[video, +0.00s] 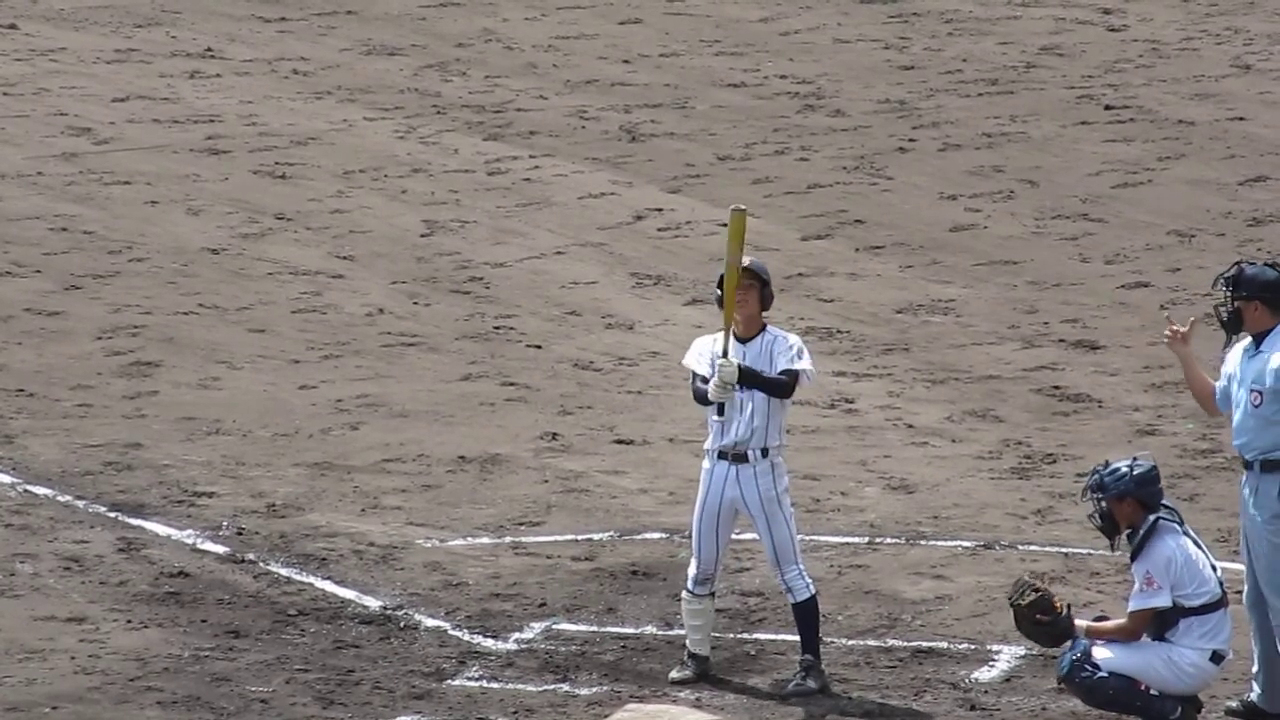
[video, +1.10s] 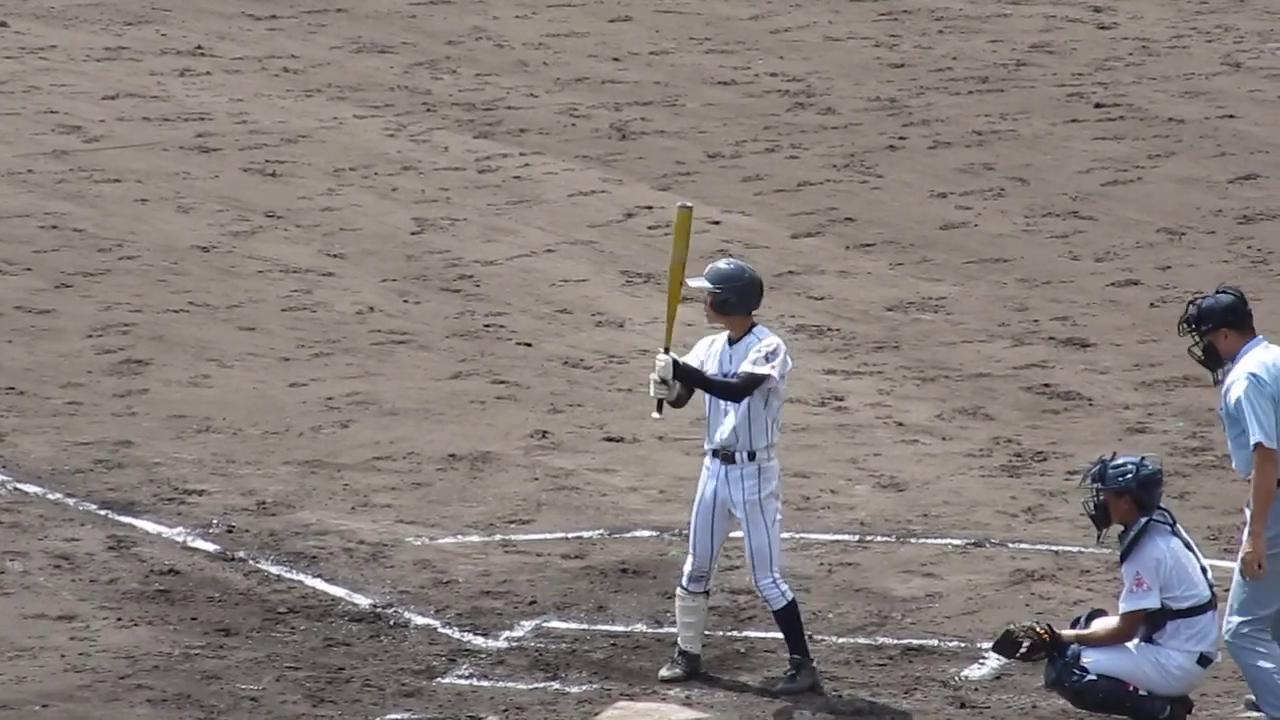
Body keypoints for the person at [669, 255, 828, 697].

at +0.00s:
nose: (740, 296)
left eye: (748, 289)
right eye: (734, 289)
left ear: (765, 297)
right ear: (724, 296)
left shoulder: (784, 343)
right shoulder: (707, 346)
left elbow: (786, 388)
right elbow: (697, 393)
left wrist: (743, 375)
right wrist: (714, 391)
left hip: (762, 470)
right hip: (716, 469)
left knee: (789, 569)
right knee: (702, 567)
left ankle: (811, 665)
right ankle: (696, 658)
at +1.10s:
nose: (706, 304)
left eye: (712, 298)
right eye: (707, 297)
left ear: (731, 304)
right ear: (735, 305)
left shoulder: (770, 346)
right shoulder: (707, 346)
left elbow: (738, 391)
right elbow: (681, 399)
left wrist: (682, 372)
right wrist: (667, 387)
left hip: (755, 472)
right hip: (714, 469)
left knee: (767, 578)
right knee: (697, 566)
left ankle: (802, 666)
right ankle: (687, 657)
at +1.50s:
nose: (704, 306)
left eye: (710, 300)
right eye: (706, 299)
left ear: (730, 306)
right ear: (739, 306)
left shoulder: (769, 351)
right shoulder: (713, 348)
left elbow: (722, 399)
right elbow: (683, 402)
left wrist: (671, 372)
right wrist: (657, 392)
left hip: (754, 474)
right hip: (713, 470)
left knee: (763, 578)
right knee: (694, 567)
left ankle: (801, 664)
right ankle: (686, 657)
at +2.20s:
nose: (731, 316)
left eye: (738, 311)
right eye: (733, 309)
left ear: (759, 318)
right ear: (753, 316)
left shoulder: (808, 351)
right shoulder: (722, 357)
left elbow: (794, 381)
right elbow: (720, 405)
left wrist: (750, 354)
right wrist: (734, 386)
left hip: (775, 478)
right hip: (727, 474)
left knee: (774, 580)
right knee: (694, 573)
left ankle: (800, 665)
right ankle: (685, 652)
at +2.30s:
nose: (725, 318)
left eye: (731, 313)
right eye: (726, 311)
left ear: (750, 319)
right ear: (747, 318)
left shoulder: (800, 352)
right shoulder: (717, 356)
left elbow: (796, 378)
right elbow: (713, 404)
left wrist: (747, 352)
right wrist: (729, 381)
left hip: (767, 480)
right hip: (719, 475)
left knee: (767, 581)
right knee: (690, 575)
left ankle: (799, 665)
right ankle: (685, 655)